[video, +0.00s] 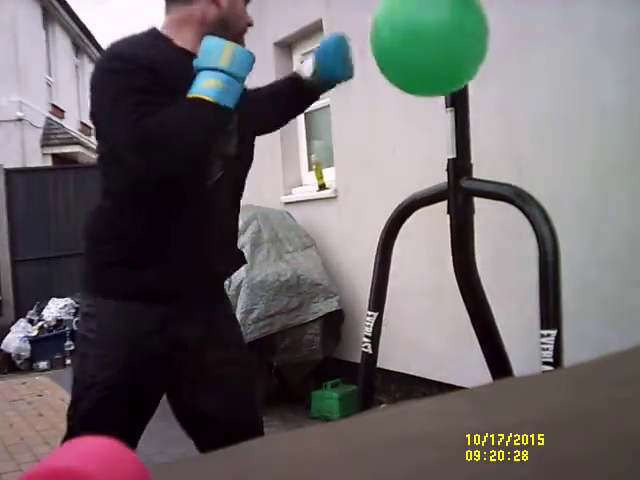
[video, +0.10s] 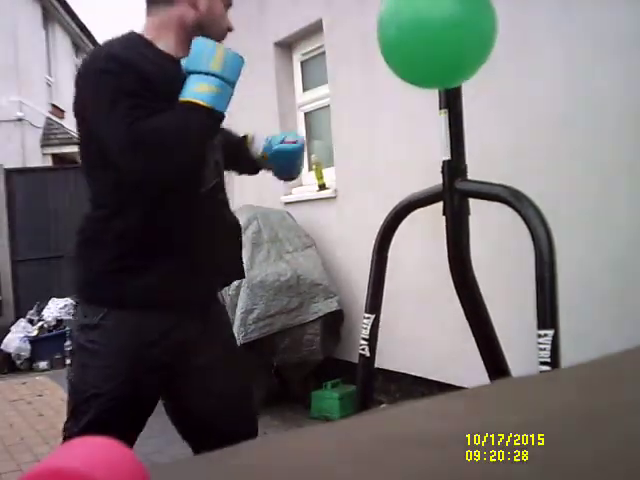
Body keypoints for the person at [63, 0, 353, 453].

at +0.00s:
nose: (250, 20)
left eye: (249, 7)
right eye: (245, 5)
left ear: (205, 8)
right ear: (211, 5)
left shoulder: (217, 78)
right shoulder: (125, 64)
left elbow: (247, 114)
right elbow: (150, 160)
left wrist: (312, 79)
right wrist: (214, 81)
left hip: (201, 298)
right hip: (126, 301)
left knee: (242, 456)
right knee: (92, 460)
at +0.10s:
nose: (230, 17)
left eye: (229, 5)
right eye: (225, 4)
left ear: (190, 6)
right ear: (191, 3)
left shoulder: (188, 76)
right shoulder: (110, 67)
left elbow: (207, 145)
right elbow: (145, 162)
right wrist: (203, 89)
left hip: (194, 307)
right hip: (122, 311)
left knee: (238, 458)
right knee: (88, 466)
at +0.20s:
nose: (205, 31)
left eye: (205, 14)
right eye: (201, 12)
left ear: (166, 12)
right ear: (167, 9)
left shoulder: (163, 86)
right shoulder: (86, 77)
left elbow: (158, 188)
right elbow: (127, 179)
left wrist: (211, 166)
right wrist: (188, 103)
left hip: (171, 322)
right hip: (100, 330)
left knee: (229, 456)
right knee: (85, 473)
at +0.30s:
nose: (170, 46)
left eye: (171, 32)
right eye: (166, 28)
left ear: (130, 21)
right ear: (132, 18)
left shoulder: (115, 104)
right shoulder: (50, 88)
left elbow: (125, 192)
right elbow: (104, 188)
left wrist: (171, 154)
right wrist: (154, 125)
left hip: (139, 347)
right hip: (67, 355)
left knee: (208, 464)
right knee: (72, 476)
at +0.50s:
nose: (104, 52)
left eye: (108, 39)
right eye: (103, 35)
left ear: (65, 19)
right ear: (67, 18)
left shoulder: (37, 103)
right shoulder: (8, 91)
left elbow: (66, 189)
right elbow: (47, 190)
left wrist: (100, 114)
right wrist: (96, 108)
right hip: (32, 338)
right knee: (123, 450)